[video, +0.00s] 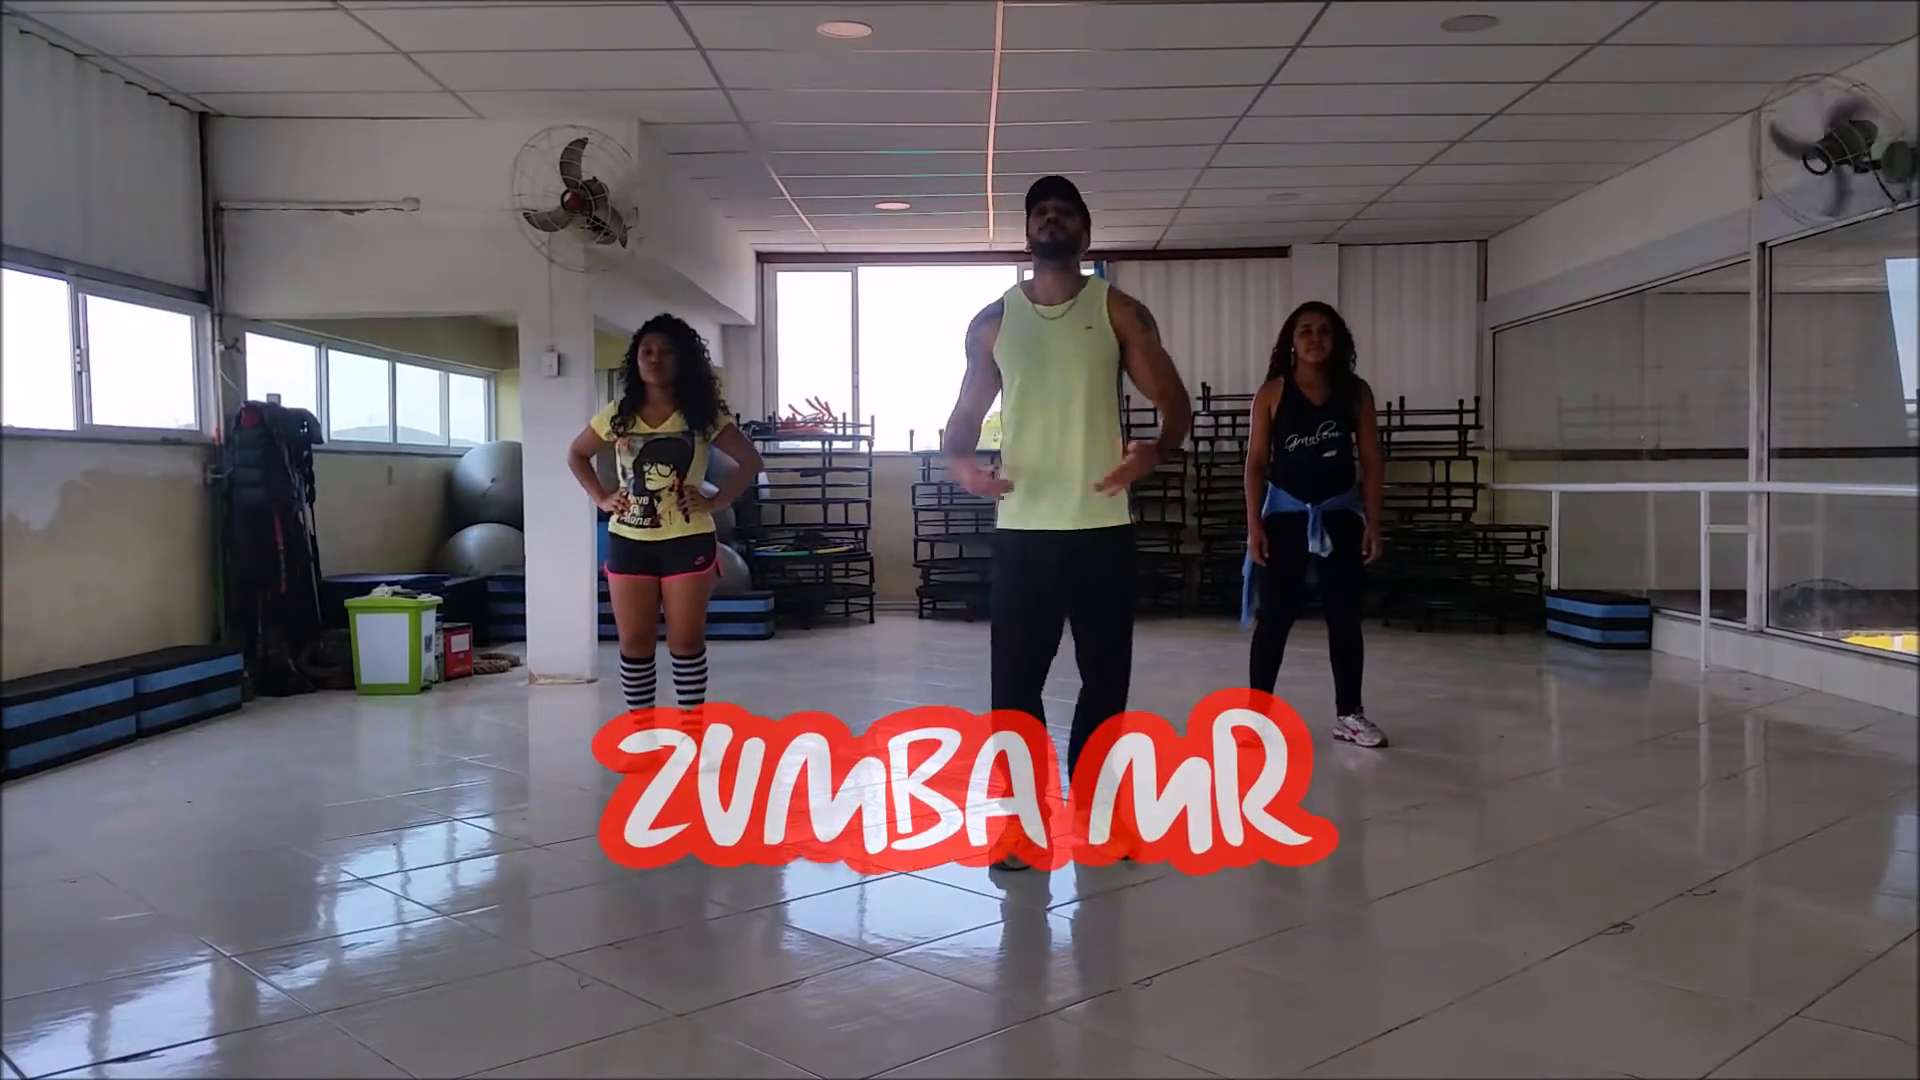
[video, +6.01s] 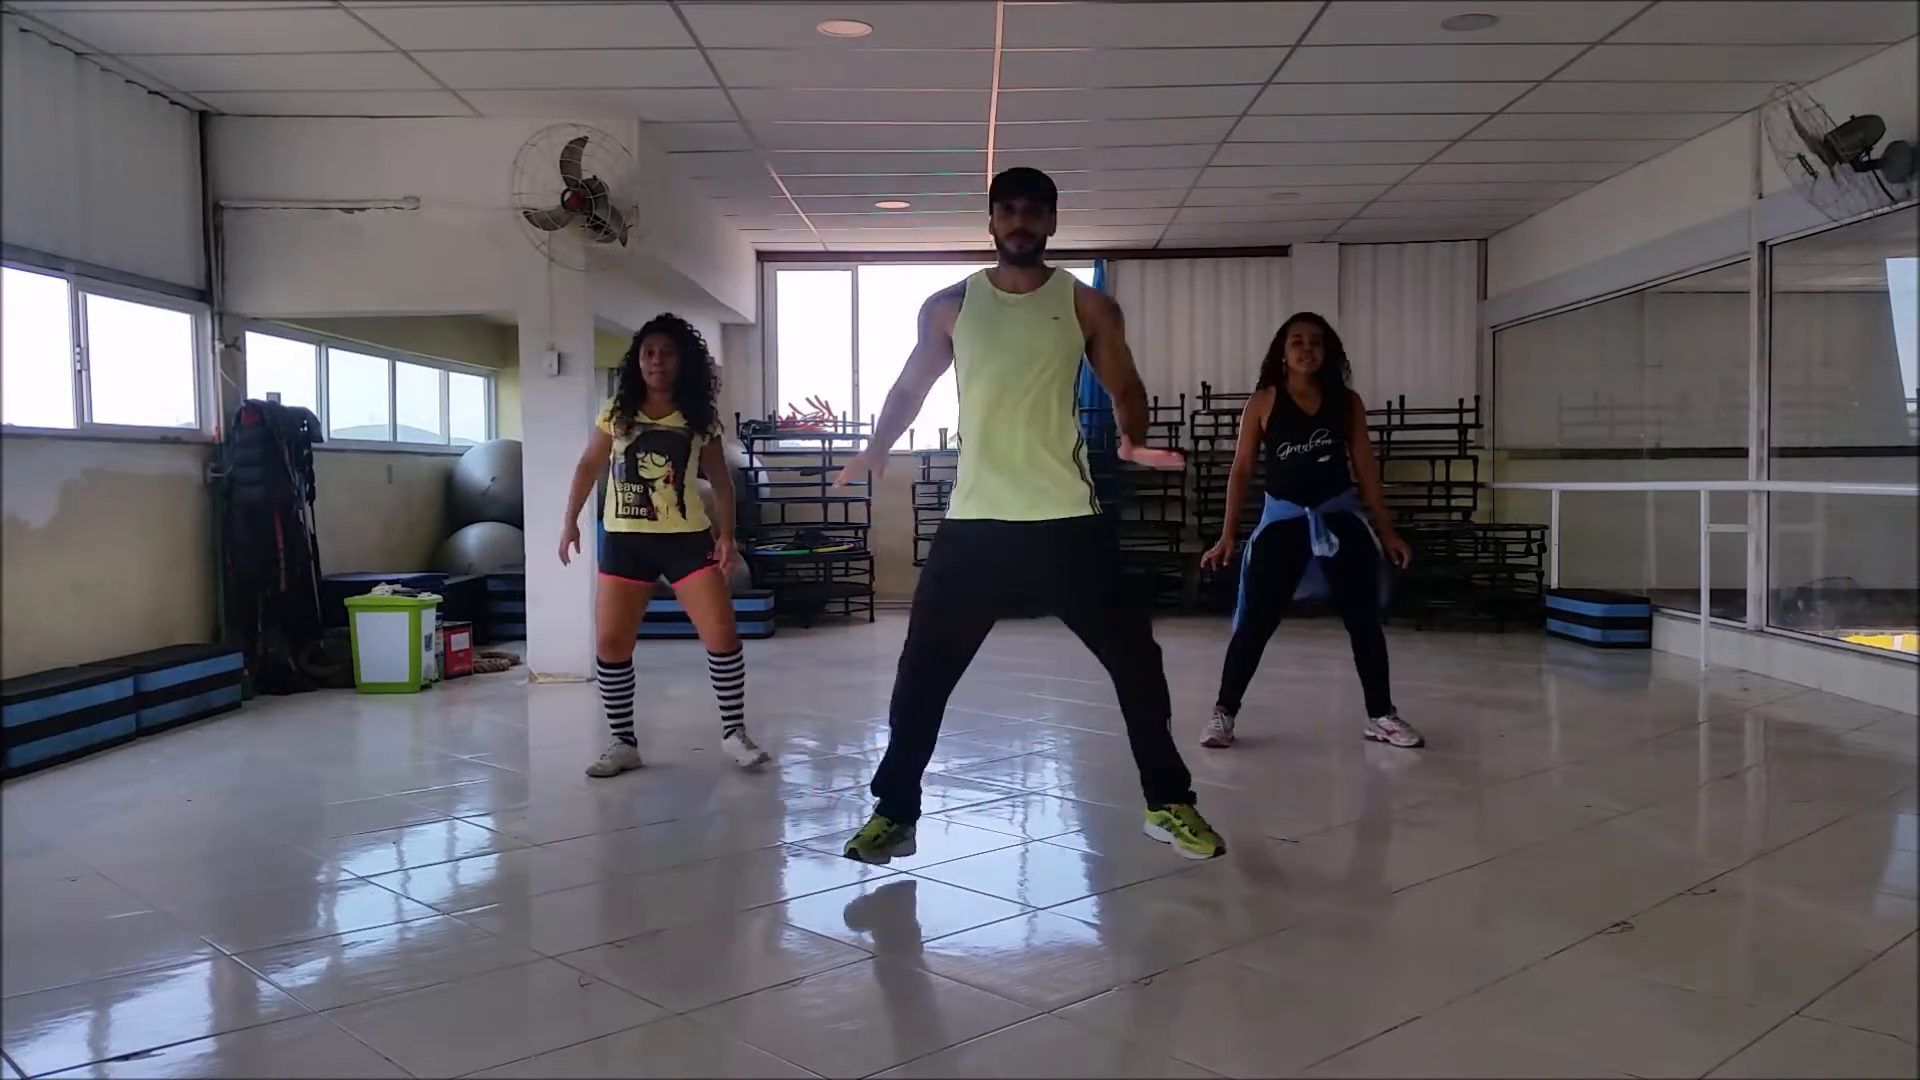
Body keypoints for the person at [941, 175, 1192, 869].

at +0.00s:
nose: (1054, 222)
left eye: (1066, 214)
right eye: (1042, 215)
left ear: (1087, 231)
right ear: (1025, 234)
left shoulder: (1119, 312)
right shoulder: (995, 324)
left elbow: (1175, 403)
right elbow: (964, 422)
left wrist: (1155, 452)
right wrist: (959, 463)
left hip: (1103, 529)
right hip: (1023, 532)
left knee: (1106, 684)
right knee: (1013, 689)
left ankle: (1095, 817)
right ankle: (1016, 828)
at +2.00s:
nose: (1065, 231)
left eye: (1071, 220)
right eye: (1050, 220)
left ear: (1081, 230)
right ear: (1017, 232)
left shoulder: (1097, 297)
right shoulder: (991, 302)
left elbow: (1142, 263)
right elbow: (936, 290)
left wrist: (1076, 180)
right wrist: (998, 208)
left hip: (1086, 518)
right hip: (1006, 517)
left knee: (1084, 684)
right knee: (981, 672)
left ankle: (1080, 822)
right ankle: (981, 810)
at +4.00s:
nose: (1053, 225)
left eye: (1067, 217)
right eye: (1041, 216)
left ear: (1087, 235)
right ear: (1027, 234)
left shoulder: (1112, 298)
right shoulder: (996, 303)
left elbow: (1167, 313)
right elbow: (935, 336)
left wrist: (1123, 226)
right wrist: (967, 235)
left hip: (1095, 523)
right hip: (1012, 520)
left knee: (1102, 691)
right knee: (979, 666)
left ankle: (1086, 827)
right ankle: (983, 803)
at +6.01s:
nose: (1020, 222)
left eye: (1032, 211)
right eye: (1007, 210)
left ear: (1052, 220)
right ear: (989, 220)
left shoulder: (1089, 307)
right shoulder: (950, 308)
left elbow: (1127, 390)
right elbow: (909, 390)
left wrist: (1133, 437)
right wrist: (877, 448)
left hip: (1069, 522)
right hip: (975, 524)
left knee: (1135, 657)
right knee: (923, 668)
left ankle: (1169, 799)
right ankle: (894, 810)